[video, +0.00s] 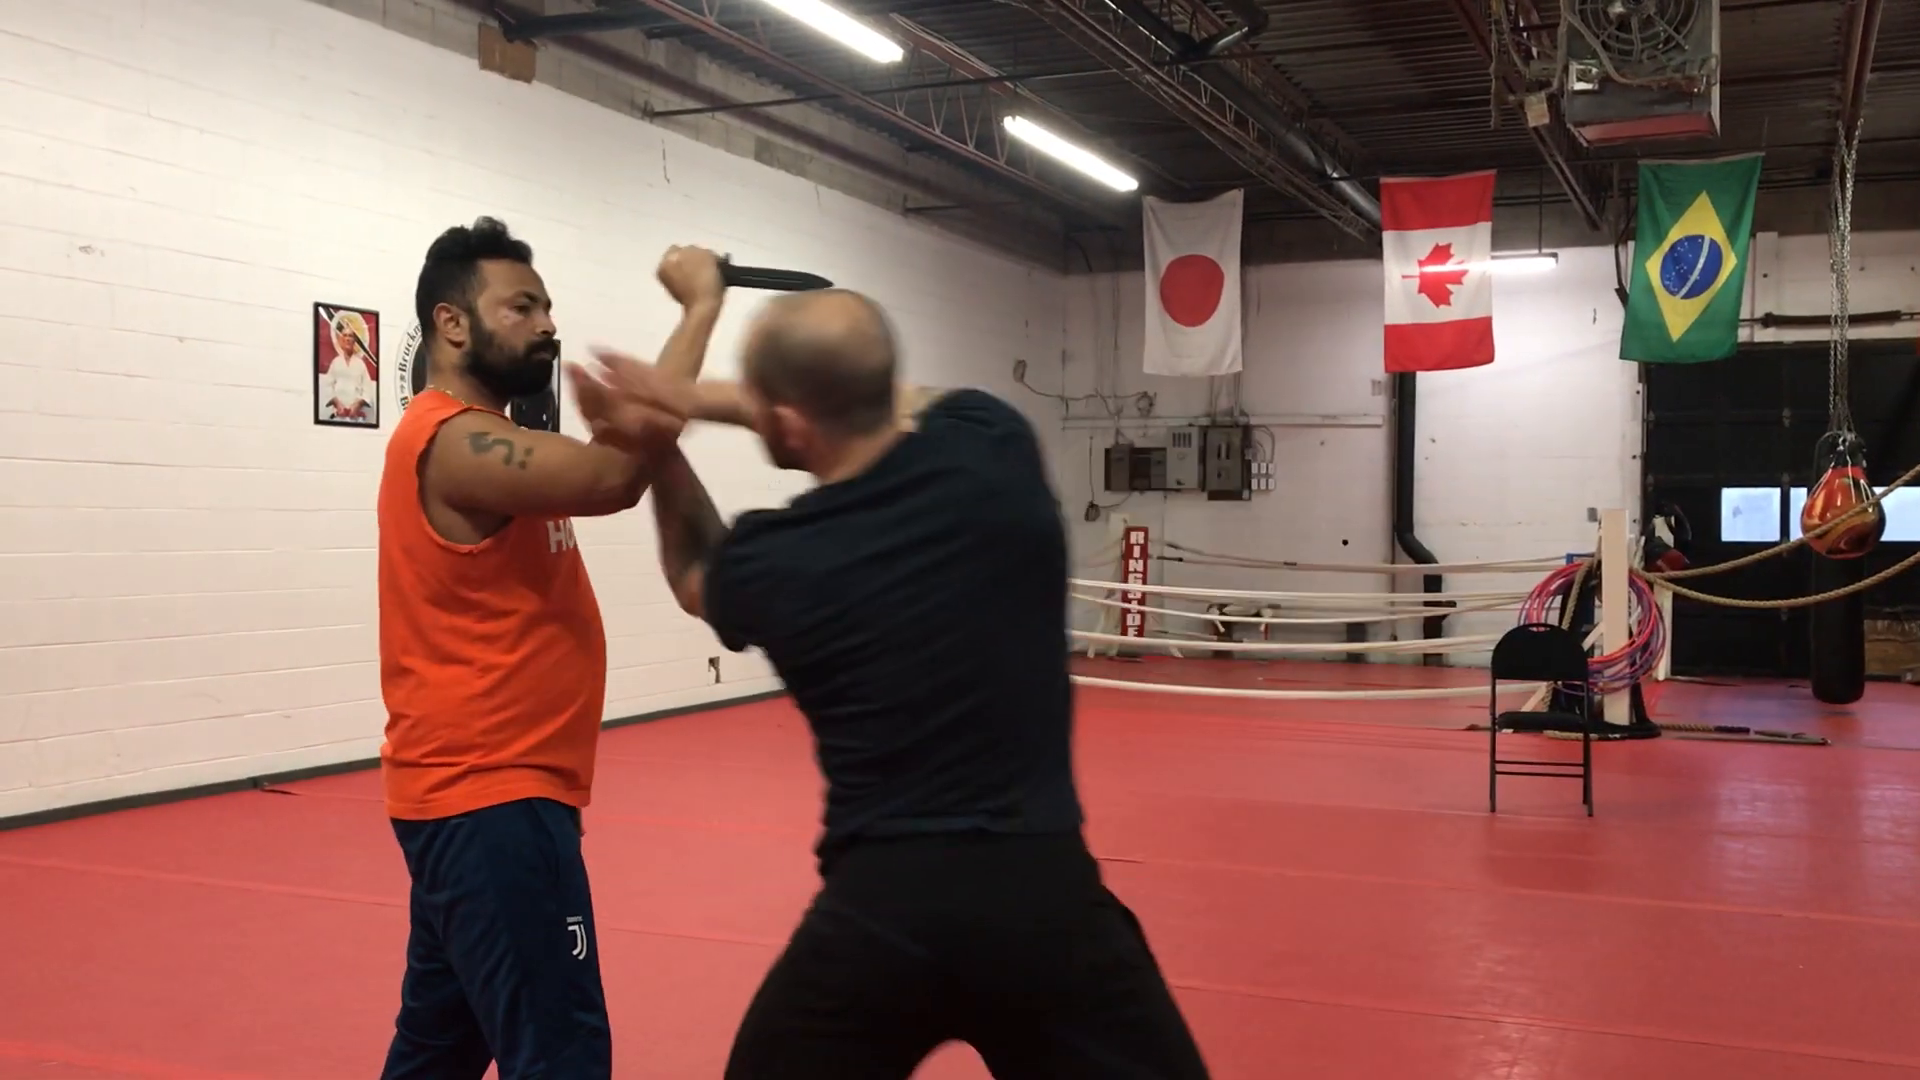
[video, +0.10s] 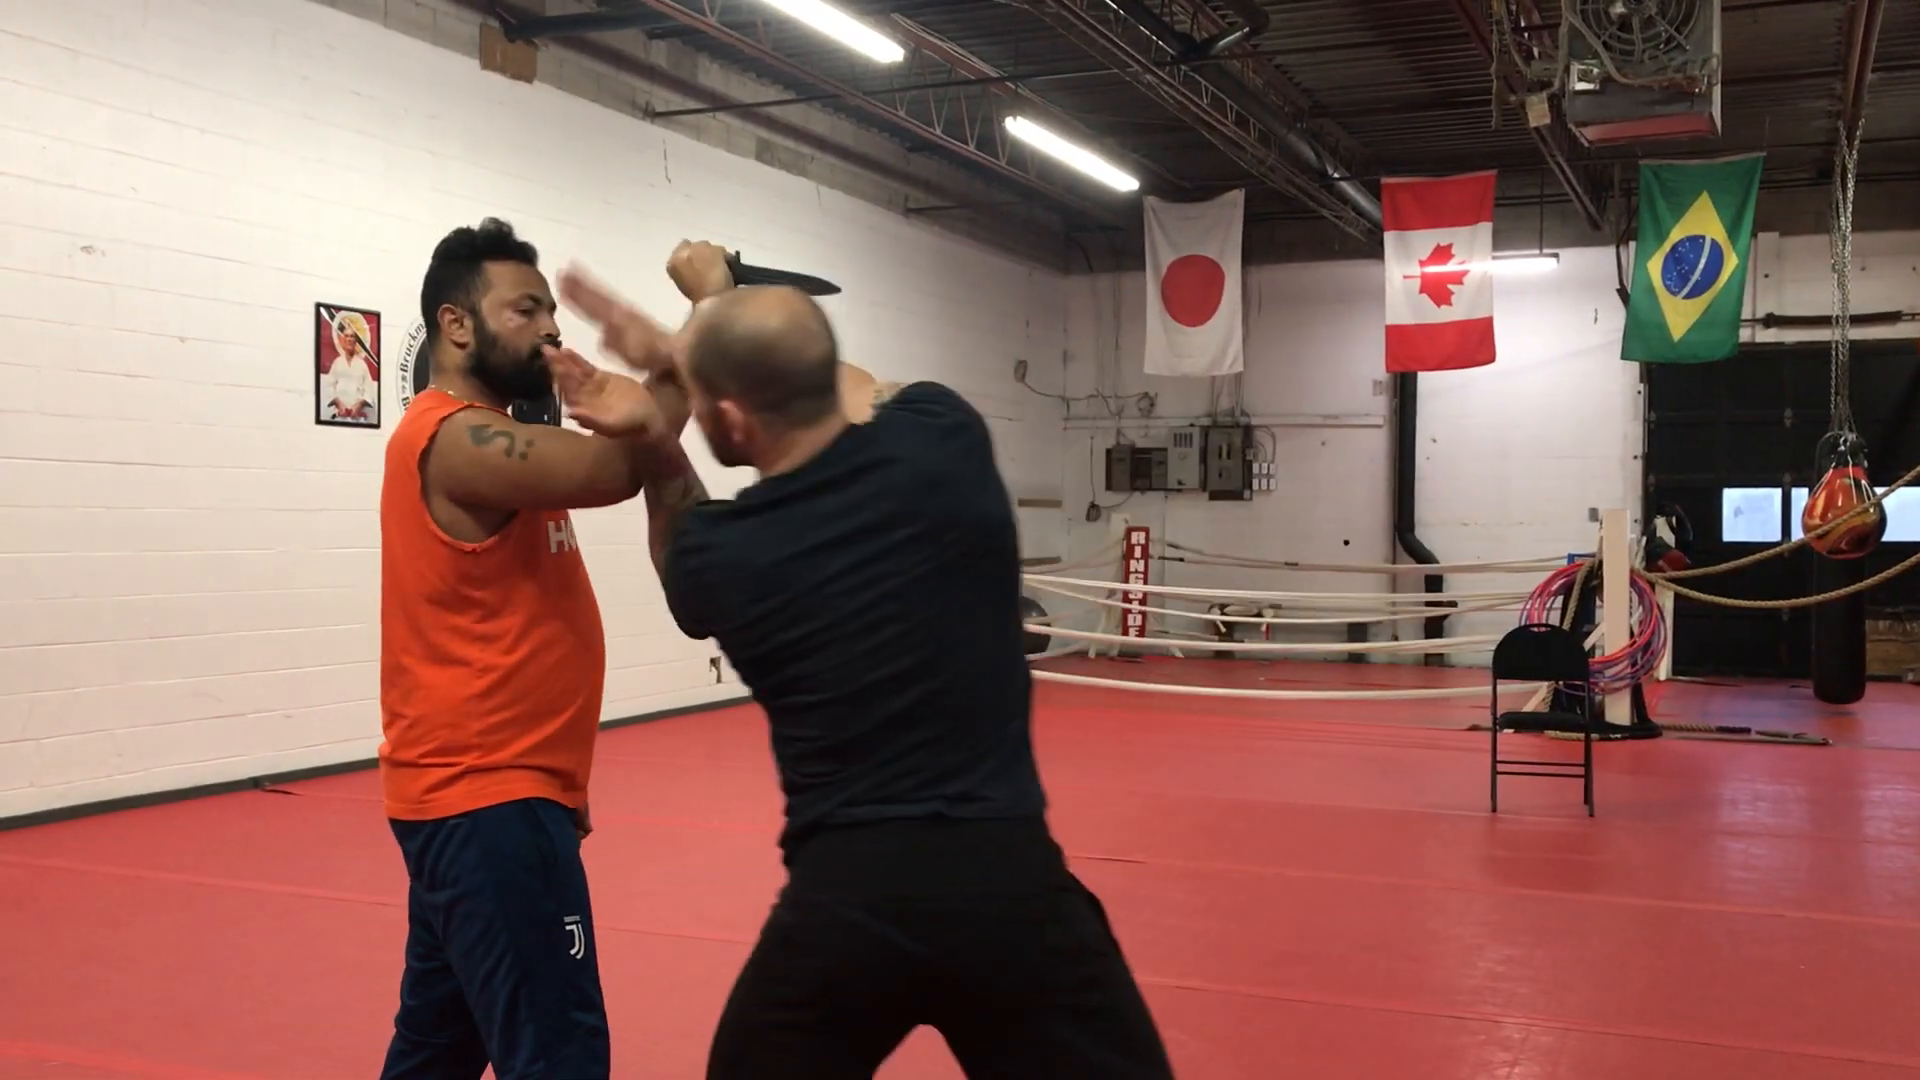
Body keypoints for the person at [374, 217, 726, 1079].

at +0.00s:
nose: (548, 325)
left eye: (545, 307)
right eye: (523, 306)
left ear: (457, 332)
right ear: (451, 325)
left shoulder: (450, 433)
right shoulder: (456, 437)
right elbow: (615, 474)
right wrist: (699, 310)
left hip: (462, 792)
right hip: (492, 797)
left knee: (438, 1048)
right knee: (563, 1053)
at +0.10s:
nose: (549, 328)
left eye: (548, 310)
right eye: (525, 308)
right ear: (454, 324)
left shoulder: (467, 426)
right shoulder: (461, 435)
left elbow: (610, 464)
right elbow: (630, 460)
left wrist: (641, 408)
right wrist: (709, 306)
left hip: (475, 792)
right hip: (489, 798)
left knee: (436, 1051)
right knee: (561, 1053)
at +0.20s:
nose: (548, 333)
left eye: (549, 315)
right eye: (525, 314)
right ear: (453, 326)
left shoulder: (482, 430)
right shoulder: (454, 432)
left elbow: (501, 628)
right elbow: (617, 453)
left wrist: (558, 773)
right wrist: (651, 388)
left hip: (492, 791)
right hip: (479, 796)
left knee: (437, 1053)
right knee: (552, 1056)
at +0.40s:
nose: (541, 330)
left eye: (542, 313)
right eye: (516, 312)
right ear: (444, 326)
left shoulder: (462, 430)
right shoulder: (452, 432)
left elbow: (486, 626)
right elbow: (619, 452)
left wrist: (557, 761)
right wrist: (663, 374)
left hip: (482, 790)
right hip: (477, 793)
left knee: (441, 1044)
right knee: (536, 1051)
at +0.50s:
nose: (540, 329)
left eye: (539, 312)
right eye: (514, 311)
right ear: (442, 327)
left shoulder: (440, 430)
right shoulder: (454, 433)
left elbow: (607, 459)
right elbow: (618, 455)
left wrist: (669, 395)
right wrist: (664, 380)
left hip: (463, 790)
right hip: (481, 794)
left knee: (438, 1044)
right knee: (534, 1051)